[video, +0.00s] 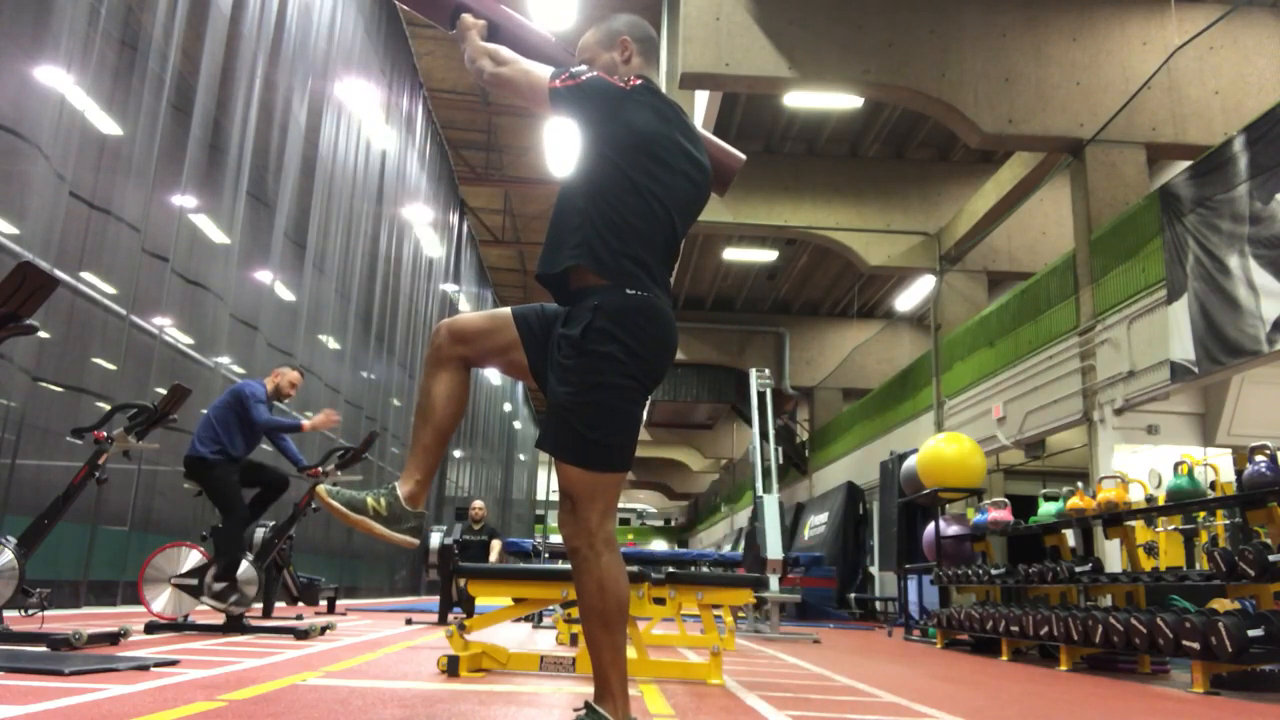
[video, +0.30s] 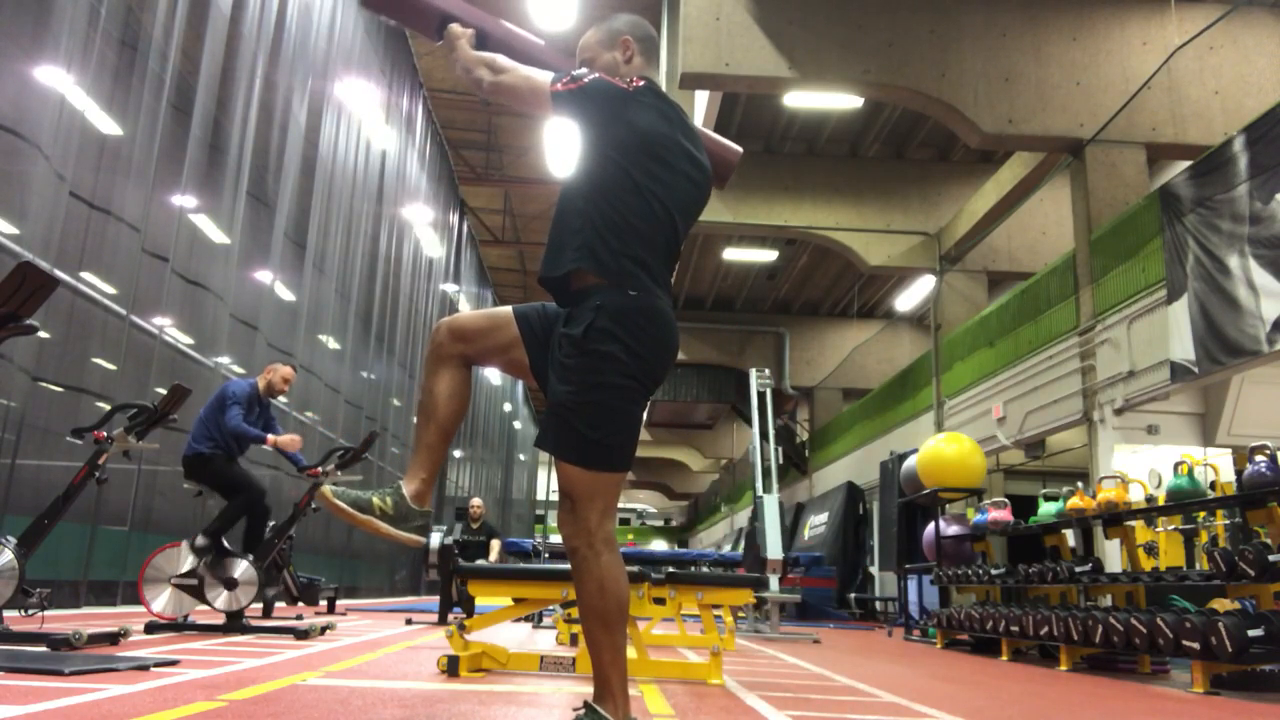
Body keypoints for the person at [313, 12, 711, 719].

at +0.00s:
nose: (583, 75)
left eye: (589, 65)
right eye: (585, 67)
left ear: (624, 57)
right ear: (645, 64)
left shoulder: (611, 98)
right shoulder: (694, 148)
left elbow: (489, 67)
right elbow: (734, 164)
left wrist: (471, 28)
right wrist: (677, 123)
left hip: (611, 324)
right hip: (598, 321)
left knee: (588, 529)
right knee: (453, 337)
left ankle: (613, 707)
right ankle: (409, 495)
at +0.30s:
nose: (582, 77)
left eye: (589, 66)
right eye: (584, 67)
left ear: (626, 54)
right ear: (642, 62)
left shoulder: (612, 98)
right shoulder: (695, 151)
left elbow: (494, 81)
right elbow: (734, 156)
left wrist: (463, 49)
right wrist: (677, 117)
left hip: (611, 324)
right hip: (599, 321)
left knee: (588, 530)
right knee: (453, 336)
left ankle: (612, 707)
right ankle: (415, 493)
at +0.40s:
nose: (583, 79)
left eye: (591, 66)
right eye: (583, 68)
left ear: (632, 56)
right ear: (644, 62)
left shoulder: (616, 103)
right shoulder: (696, 154)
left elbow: (494, 88)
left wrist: (447, 61)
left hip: (612, 324)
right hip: (605, 320)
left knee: (587, 531)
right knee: (459, 337)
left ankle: (613, 707)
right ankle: (432, 500)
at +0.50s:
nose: (591, 80)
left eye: (597, 67)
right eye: (589, 70)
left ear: (639, 56)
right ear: (648, 65)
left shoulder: (618, 107)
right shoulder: (698, 150)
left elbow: (488, 109)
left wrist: (426, 76)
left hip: (618, 329)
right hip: (599, 323)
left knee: (587, 530)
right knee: (463, 357)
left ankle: (613, 707)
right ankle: (469, 524)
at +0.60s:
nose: (595, 85)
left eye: (603, 71)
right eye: (594, 74)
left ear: (643, 60)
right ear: (652, 68)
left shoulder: (629, 114)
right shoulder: (697, 154)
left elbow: (504, 131)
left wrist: (425, 115)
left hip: (621, 334)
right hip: (612, 330)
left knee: (586, 530)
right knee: (472, 395)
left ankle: (614, 708)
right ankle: (523, 548)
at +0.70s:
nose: (596, 83)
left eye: (603, 69)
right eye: (594, 73)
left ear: (646, 60)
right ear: (650, 68)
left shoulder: (646, 122)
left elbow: (524, 160)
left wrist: (423, 157)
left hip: (626, 343)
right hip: (614, 339)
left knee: (588, 530)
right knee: (498, 444)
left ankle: (614, 709)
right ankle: (586, 553)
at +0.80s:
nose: (594, 86)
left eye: (602, 72)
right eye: (592, 76)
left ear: (645, 62)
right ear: (645, 68)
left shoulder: (654, 126)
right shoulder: (674, 138)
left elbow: (546, 186)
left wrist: (435, 201)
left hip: (637, 344)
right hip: (630, 341)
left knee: (587, 521)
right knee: (537, 481)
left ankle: (613, 708)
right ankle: (654, 586)